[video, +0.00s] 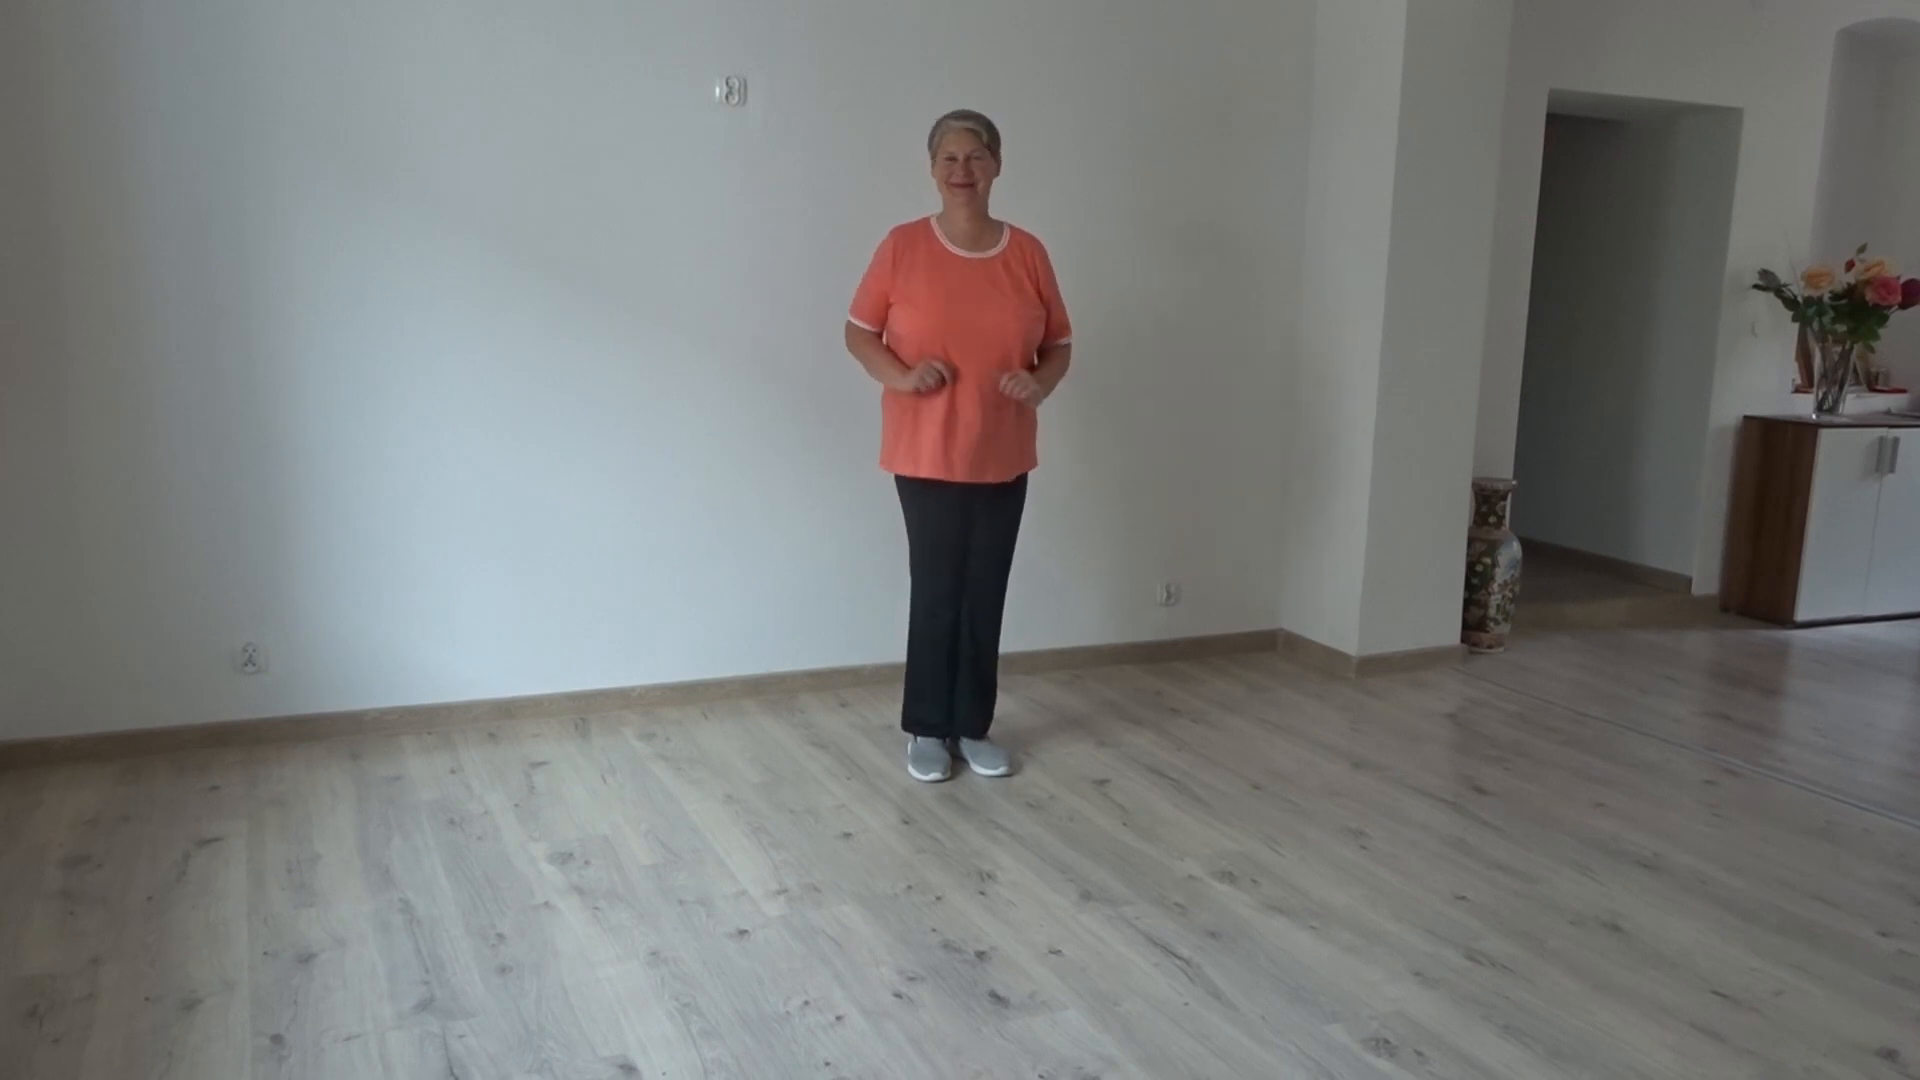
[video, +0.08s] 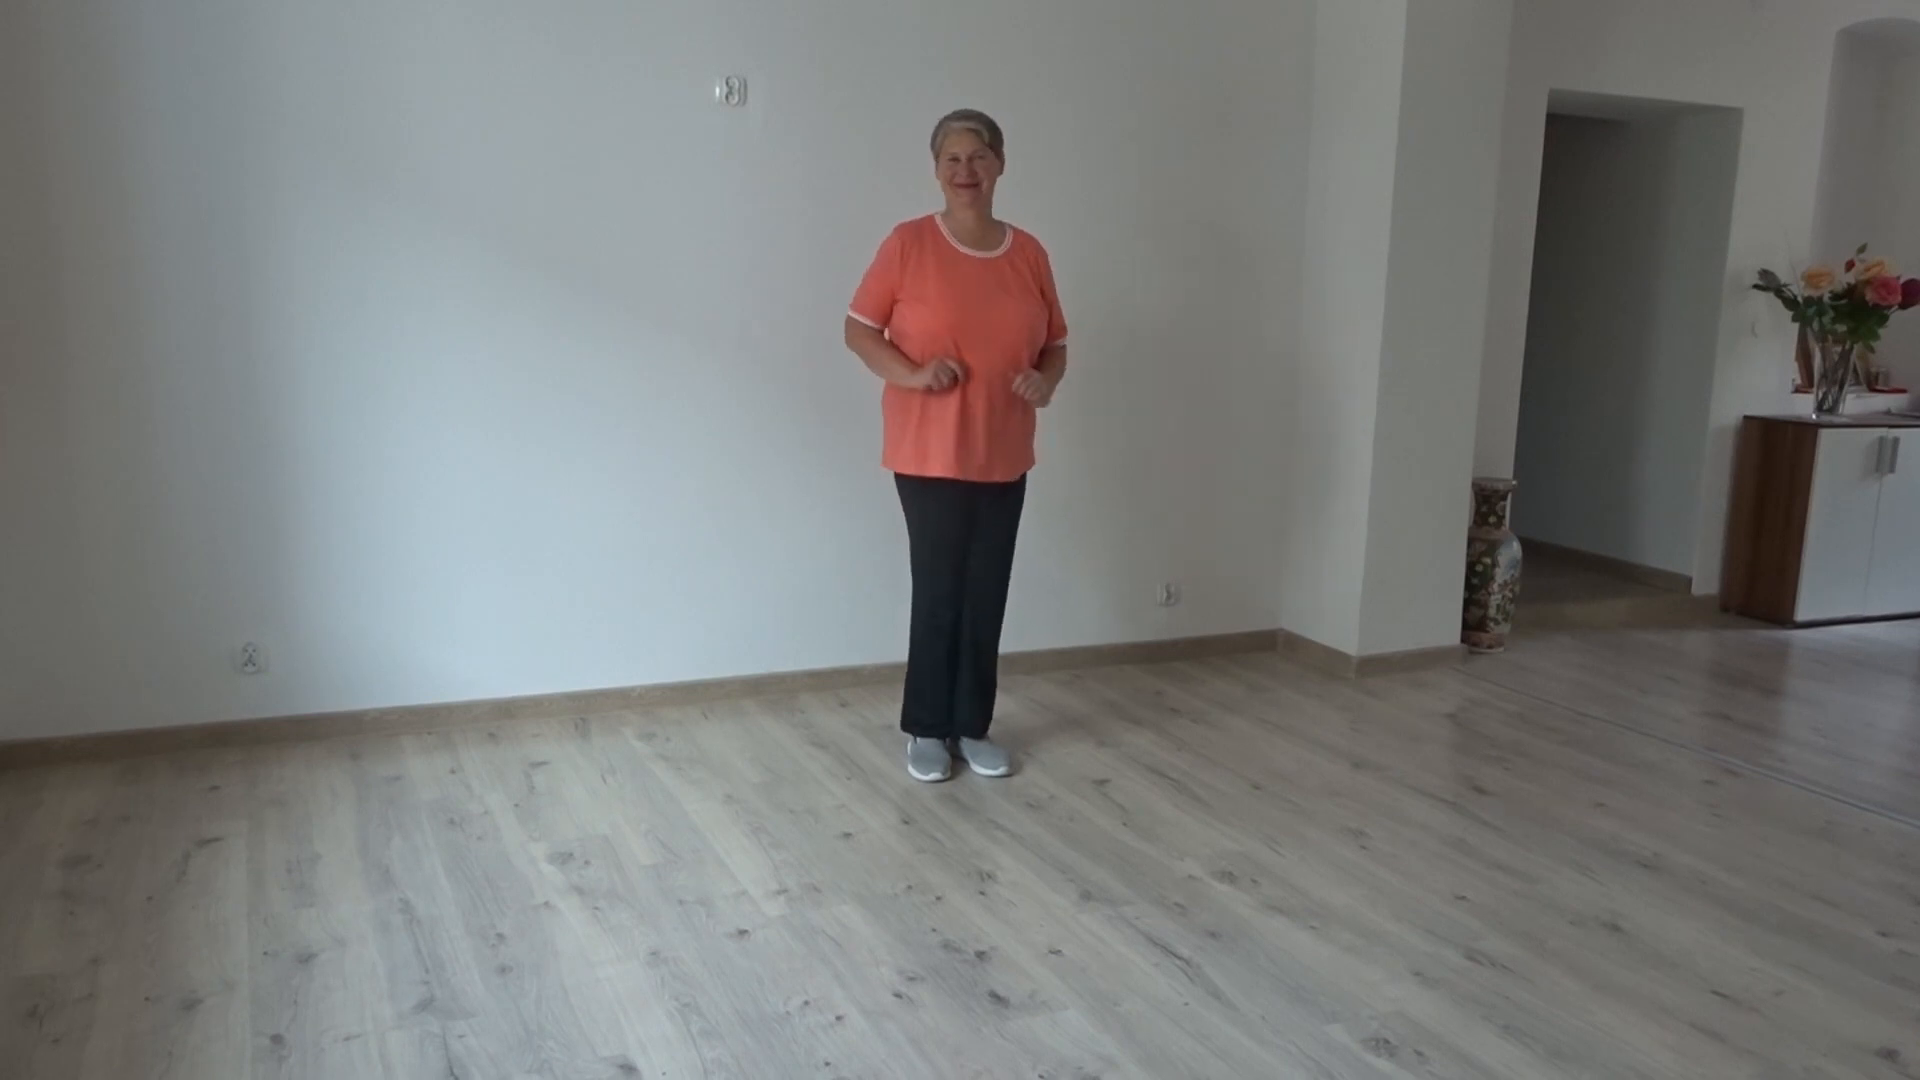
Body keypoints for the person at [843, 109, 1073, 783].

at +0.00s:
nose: (963, 167)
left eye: (976, 156)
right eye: (950, 157)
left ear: (996, 167)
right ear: (933, 169)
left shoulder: (1026, 252)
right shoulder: (903, 246)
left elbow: (1058, 342)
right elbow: (859, 332)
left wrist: (1039, 381)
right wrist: (901, 375)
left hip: (1002, 461)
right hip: (928, 460)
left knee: (984, 600)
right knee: (937, 598)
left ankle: (972, 731)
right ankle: (926, 732)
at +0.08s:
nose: (968, 167)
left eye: (979, 155)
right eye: (954, 157)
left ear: (999, 166)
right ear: (936, 169)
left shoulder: (1027, 252)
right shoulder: (907, 245)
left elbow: (1055, 341)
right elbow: (859, 330)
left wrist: (1044, 377)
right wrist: (911, 374)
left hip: (1003, 460)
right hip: (931, 459)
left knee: (985, 600)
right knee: (938, 599)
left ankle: (972, 730)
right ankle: (927, 732)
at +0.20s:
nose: (971, 168)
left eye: (983, 156)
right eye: (957, 159)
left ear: (1004, 166)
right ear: (940, 171)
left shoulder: (1028, 253)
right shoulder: (913, 243)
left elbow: (1047, 340)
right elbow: (864, 329)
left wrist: (1046, 377)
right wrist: (929, 374)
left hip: (1004, 459)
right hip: (933, 457)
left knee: (985, 600)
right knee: (939, 598)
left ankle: (970, 730)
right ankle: (925, 733)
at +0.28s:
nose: (975, 169)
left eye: (987, 158)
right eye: (961, 160)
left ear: (1006, 168)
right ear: (943, 172)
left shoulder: (1027, 255)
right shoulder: (918, 245)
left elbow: (1041, 343)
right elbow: (868, 333)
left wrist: (1047, 380)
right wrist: (936, 378)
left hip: (1005, 460)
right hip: (934, 458)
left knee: (986, 601)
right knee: (940, 598)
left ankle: (970, 731)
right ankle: (926, 733)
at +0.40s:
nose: (978, 168)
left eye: (989, 157)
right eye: (963, 160)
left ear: (1008, 167)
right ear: (945, 173)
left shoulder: (1027, 253)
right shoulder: (922, 244)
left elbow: (1037, 338)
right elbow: (873, 333)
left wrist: (1048, 379)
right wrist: (944, 379)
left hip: (1005, 459)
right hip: (936, 457)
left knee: (987, 599)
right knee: (940, 596)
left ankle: (970, 730)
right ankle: (925, 732)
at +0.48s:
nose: (978, 167)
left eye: (989, 156)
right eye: (964, 159)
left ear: (1009, 166)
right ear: (945, 172)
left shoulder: (1029, 253)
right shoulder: (923, 244)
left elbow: (1039, 339)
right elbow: (874, 333)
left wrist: (1050, 378)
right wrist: (945, 379)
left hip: (1006, 458)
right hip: (937, 457)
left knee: (987, 598)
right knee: (941, 595)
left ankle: (969, 730)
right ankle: (925, 732)